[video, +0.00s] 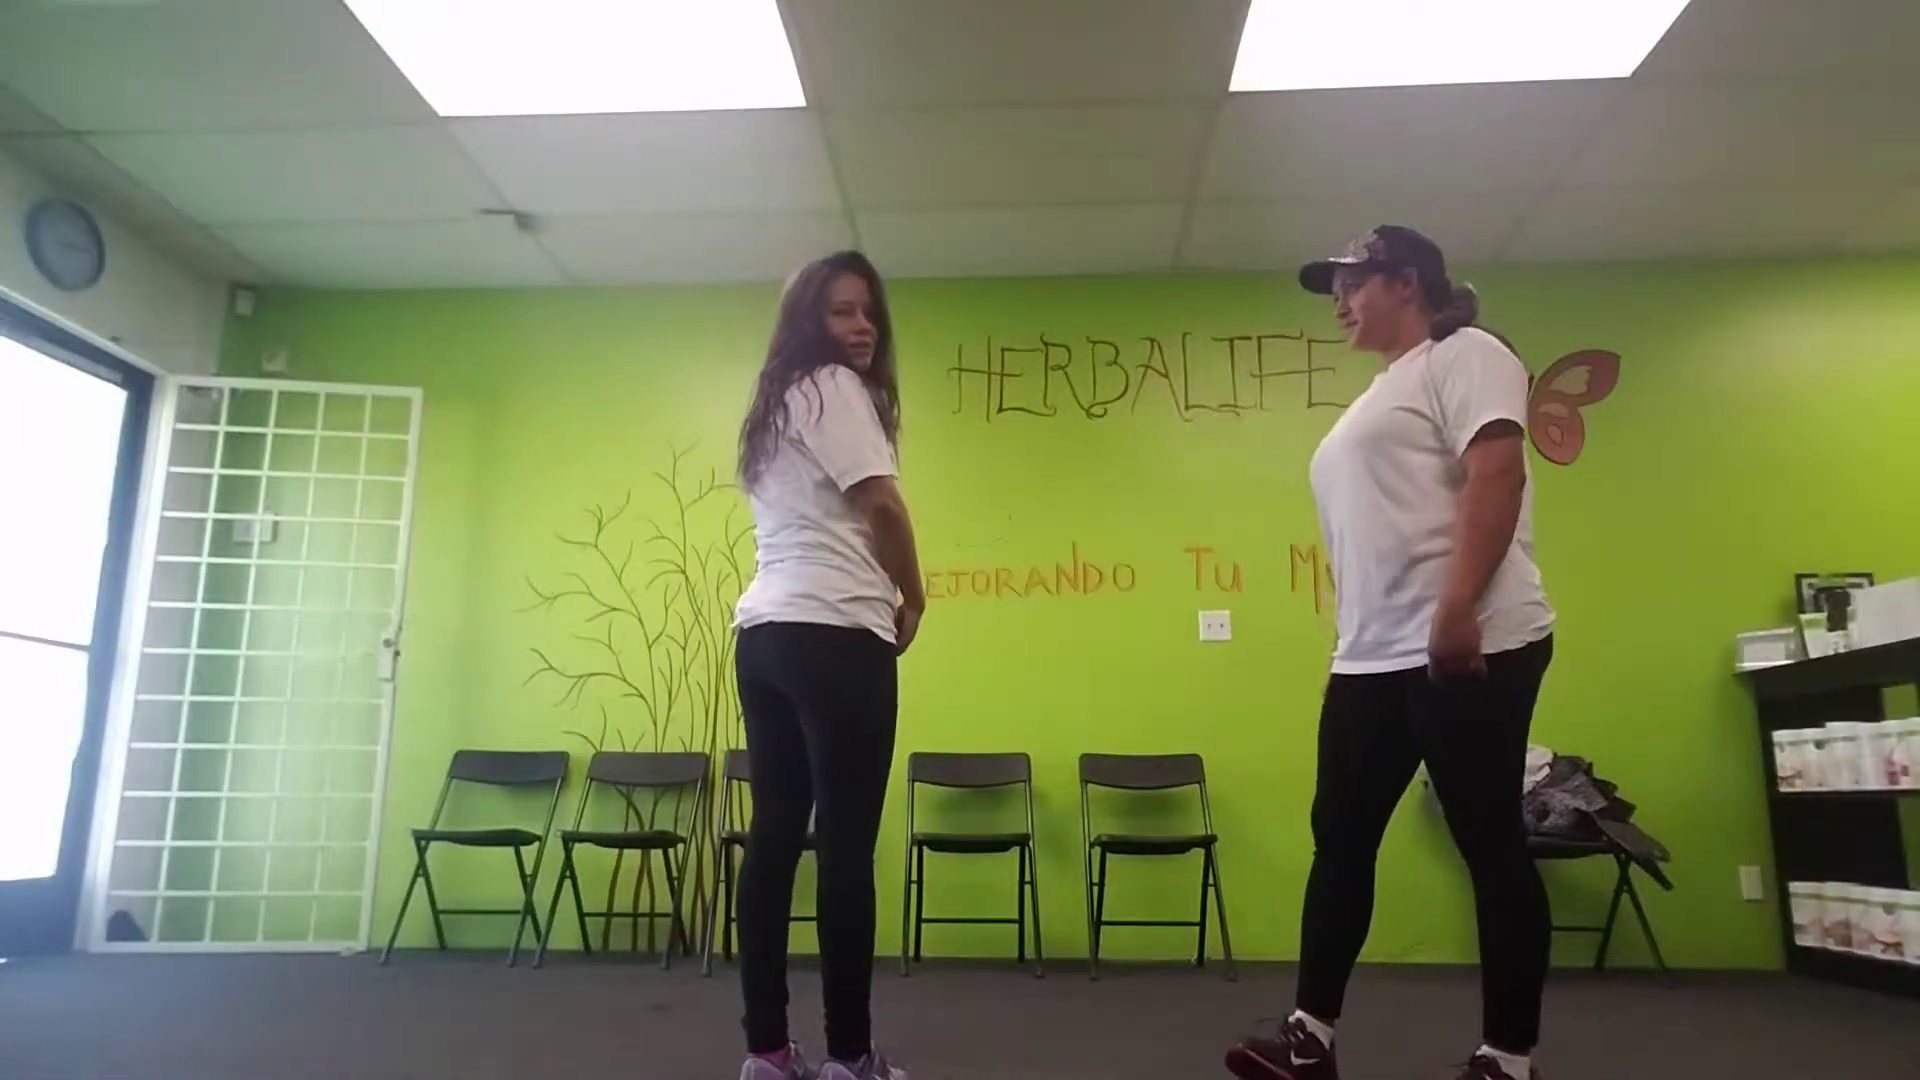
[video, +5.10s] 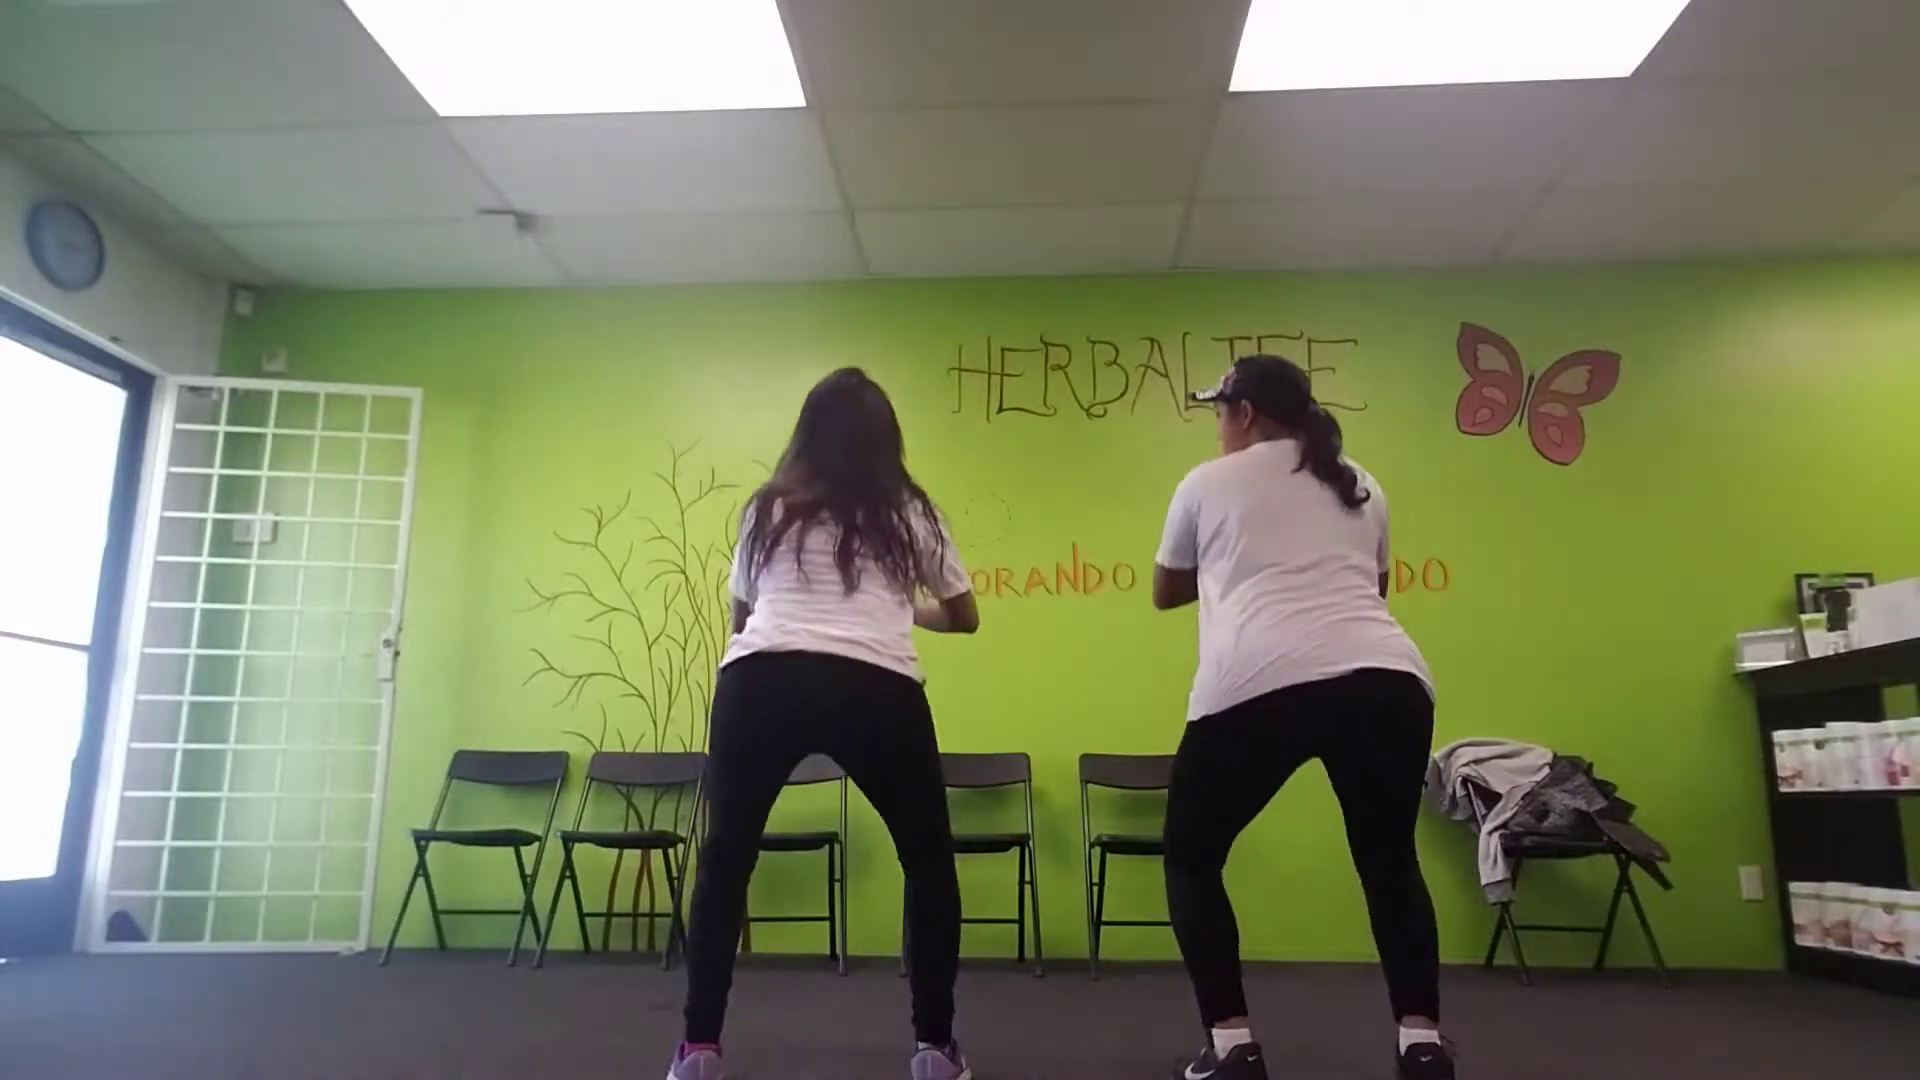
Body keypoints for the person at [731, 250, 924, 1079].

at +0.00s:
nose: (859, 325)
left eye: (867, 312)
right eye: (841, 311)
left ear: (877, 320)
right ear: (808, 320)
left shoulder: (777, 398)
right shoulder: (836, 387)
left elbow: (793, 527)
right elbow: (881, 507)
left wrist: (880, 597)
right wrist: (914, 595)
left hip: (765, 633)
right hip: (835, 632)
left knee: (773, 841)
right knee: (848, 851)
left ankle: (767, 1052)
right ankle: (849, 1056)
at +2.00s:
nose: (869, 337)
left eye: (866, 324)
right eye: (860, 324)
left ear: (782, 334)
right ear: (834, 329)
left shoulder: (736, 414)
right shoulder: (857, 393)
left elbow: (724, 548)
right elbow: (900, 521)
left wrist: (764, 622)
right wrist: (904, 621)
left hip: (754, 644)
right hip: (854, 638)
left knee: (752, 849)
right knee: (893, 846)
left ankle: (758, 1050)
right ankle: (914, 1046)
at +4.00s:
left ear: (810, 440)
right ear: (892, 441)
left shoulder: (774, 503)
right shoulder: (914, 509)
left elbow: (767, 590)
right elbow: (941, 613)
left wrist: (834, 572)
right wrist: (878, 567)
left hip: (771, 689)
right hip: (883, 697)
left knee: (722, 859)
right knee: (932, 861)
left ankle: (697, 1049)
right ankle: (936, 1049)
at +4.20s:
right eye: (890, 524)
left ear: (809, 527)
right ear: (889, 530)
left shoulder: (772, 586)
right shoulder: (907, 594)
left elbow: (764, 669)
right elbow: (940, 694)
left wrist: (829, 657)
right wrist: (876, 657)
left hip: (762, 766)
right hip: (880, 778)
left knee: (718, 875)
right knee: (950, 866)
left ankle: (701, 1039)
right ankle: (937, 1038)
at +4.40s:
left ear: (808, 615)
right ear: (887, 619)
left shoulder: (768, 678)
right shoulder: (904, 684)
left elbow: (759, 760)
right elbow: (941, 779)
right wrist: (884, 740)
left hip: (756, 874)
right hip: (870, 878)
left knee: (705, 880)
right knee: (964, 868)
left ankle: (701, 1036)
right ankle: (938, 1038)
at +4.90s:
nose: (892, 557)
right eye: (886, 547)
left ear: (805, 550)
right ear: (883, 555)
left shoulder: (765, 607)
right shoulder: (898, 612)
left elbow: (752, 686)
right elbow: (951, 698)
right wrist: (896, 655)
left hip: (750, 757)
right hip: (865, 762)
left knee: (717, 878)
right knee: (942, 874)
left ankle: (699, 1047)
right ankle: (934, 1048)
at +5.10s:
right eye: (887, 433)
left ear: (804, 434)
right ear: (886, 439)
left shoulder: (767, 503)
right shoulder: (909, 508)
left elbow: (739, 609)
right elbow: (963, 616)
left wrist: (794, 610)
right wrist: (895, 605)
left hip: (764, 678)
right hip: (875, 684)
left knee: (724, 854)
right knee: (929, 861)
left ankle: (699, 1049)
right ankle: (934, 1050)